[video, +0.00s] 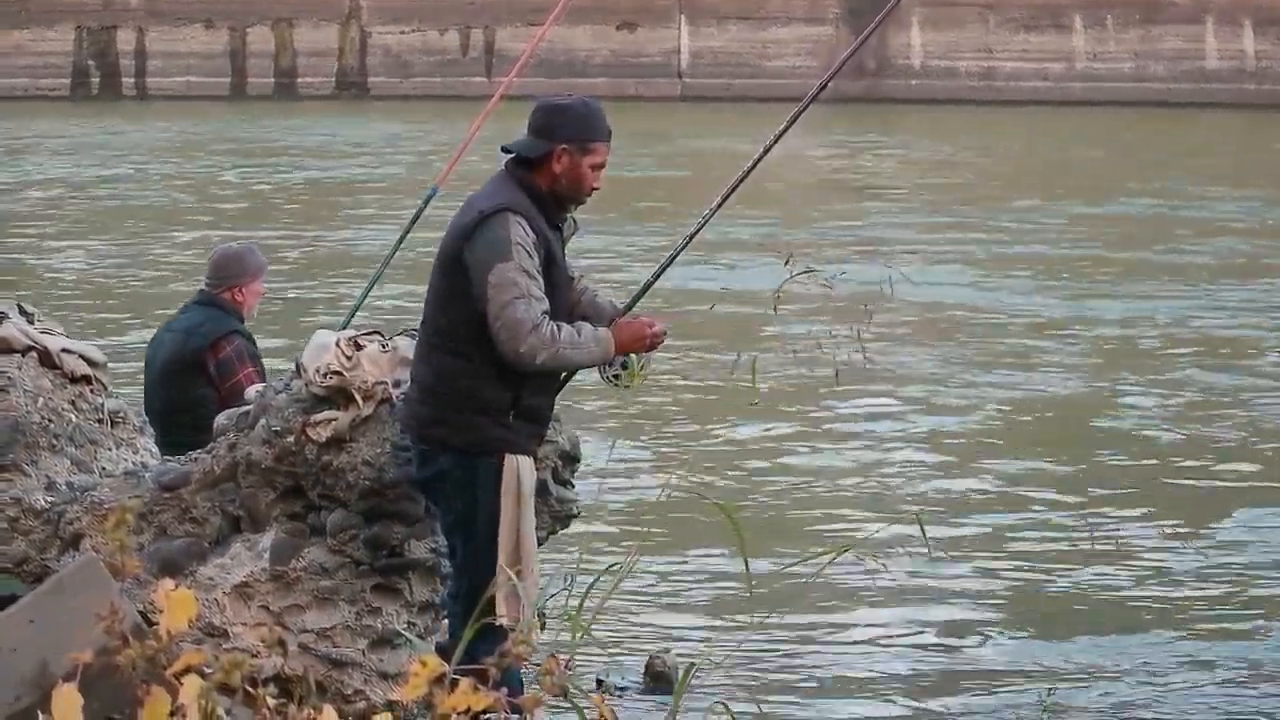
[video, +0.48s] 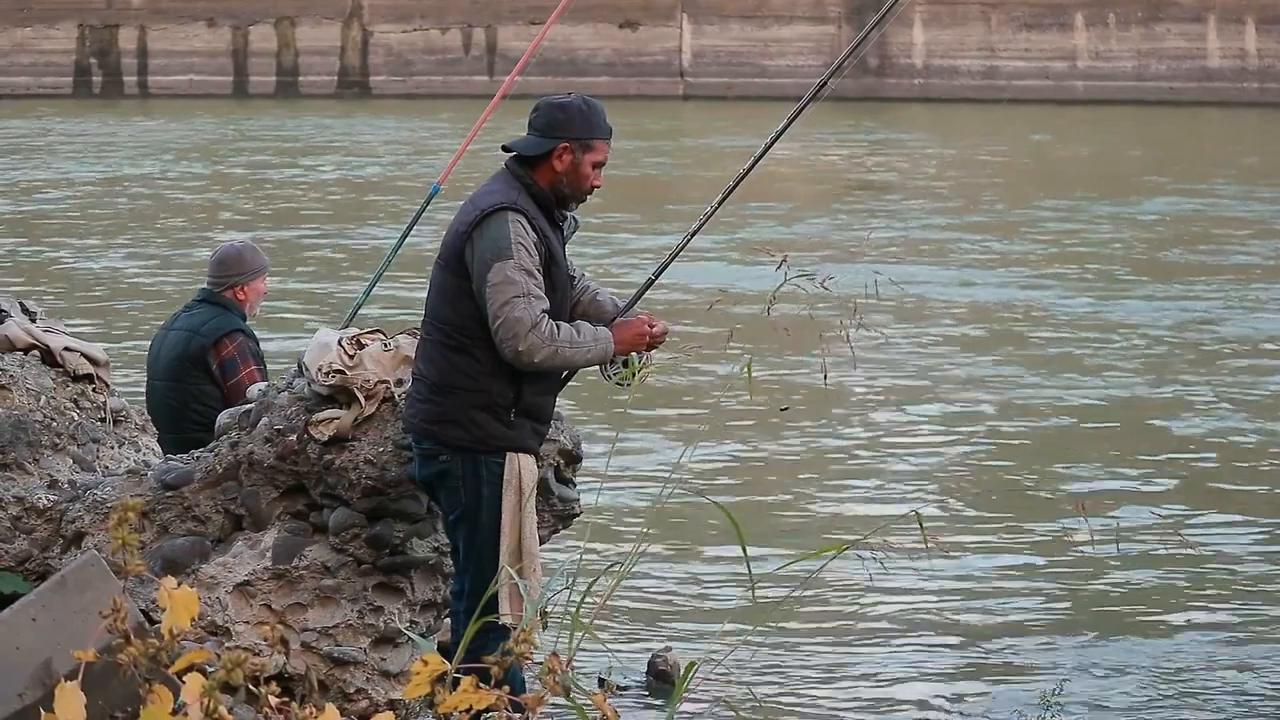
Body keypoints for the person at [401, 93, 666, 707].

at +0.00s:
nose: (600, 180)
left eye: (603, 167)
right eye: (595, 166)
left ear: (560, 159)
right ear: (558, 159)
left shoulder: (532, 216)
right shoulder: (504, 224)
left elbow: (566, 297)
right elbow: (524, 340)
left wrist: (618, 324)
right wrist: (612, 341)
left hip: (490, 435)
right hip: (465, 440)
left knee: (498, 589)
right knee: (481, 596)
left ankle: (495, 705)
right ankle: (476, 709)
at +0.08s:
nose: (600, 179)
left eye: (604, 166)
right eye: (595, 165)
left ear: (560, 159)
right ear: (558, 159)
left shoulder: (532, 216)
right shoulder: (504, 224)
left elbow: (564, 295)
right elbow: (524, 339)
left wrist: (619, 322)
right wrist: (611, 341)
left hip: (490, 437)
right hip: (465, 441)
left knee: (496, 588)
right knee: (482, 595)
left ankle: (492, 705)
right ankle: (480, 707)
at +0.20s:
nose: (601, 179)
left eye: (604, 165)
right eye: (595, 165)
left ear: (560, 159)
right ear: (559, 159)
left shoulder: (533, 216)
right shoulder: (505, 223)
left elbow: (564, 295)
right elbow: (524, 340)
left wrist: (619, 322)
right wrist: (611, 341)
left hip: (492, 436)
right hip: (467, 440)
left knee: (498, 589)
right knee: (484, 595)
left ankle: (493, 705)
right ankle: (478, 707)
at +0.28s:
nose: (600, 179)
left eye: (604, 166)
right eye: (595, 165)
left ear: (561, 159)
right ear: (560, 159)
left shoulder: (533, 216)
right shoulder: (505, 223)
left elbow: (565, 295)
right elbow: (524, 339)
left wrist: (620, 322)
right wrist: (611, 341)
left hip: (492, 436)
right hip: (467, 440)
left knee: (497, 589)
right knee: (485, 594)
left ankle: (491, 705)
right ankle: (480, 708)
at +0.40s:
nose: (601, 179)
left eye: (604, 166)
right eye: (596, 165)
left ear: (562, 157)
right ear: (561, 157)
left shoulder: (534, 214)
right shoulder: (506, 221)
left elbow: (566, 294)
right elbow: (524, 339)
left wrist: (623, 320)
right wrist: (614, 340)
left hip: (493, 434)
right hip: (468, 439)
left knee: (498, 590)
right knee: (489, 595)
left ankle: (492, 708)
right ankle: (484, 710)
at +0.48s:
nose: (600, 179)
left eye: (603, 166)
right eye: (596, 165)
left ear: (562, 156)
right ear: (561, 157)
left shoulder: (535, 215)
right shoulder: (506, 222)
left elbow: (566, 293)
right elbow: (525, 340)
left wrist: (623, 319)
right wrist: (612, 340)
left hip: (493, 433)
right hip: (468, 437)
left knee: (496, 588)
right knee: (489, 592)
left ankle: (488, 706)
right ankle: (486, 708)